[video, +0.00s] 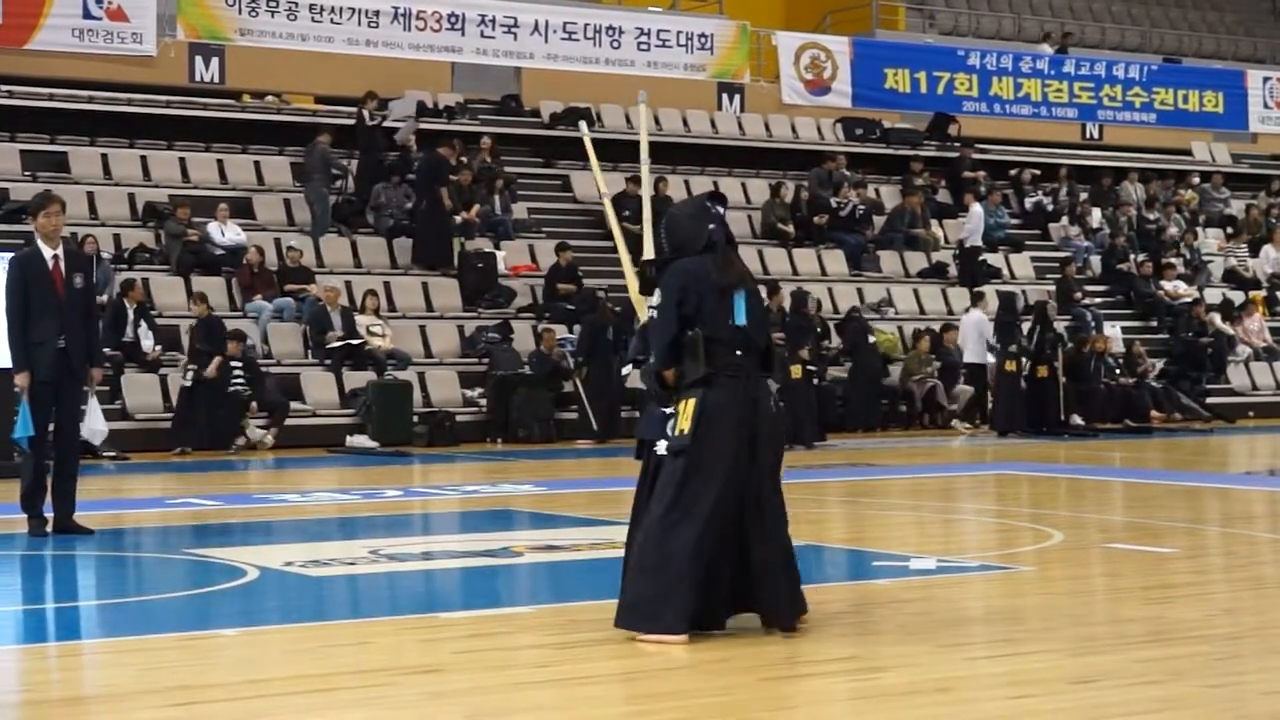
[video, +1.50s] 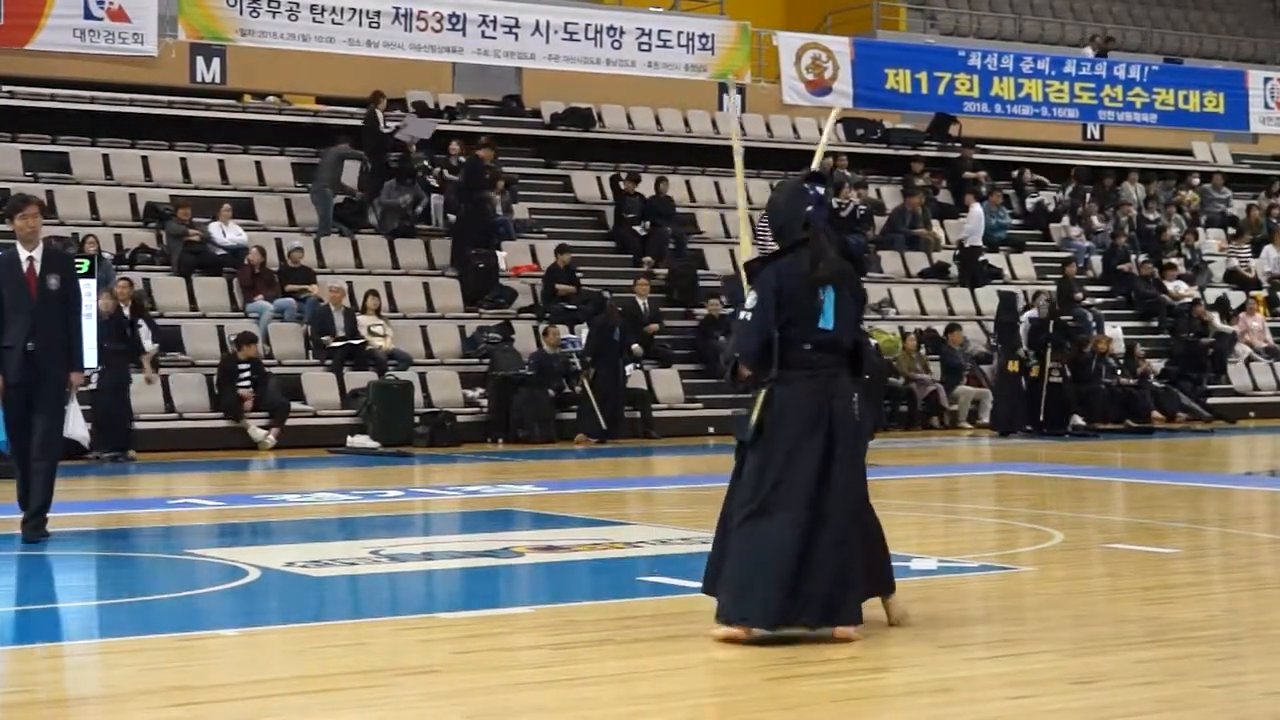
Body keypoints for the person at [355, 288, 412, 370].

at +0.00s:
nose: (373, 302)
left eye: (376, 299)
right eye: (371, 299)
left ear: (378, 302)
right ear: (364, 301)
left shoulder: (381, 318)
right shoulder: (358, 319)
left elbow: (388, 332)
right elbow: (362, 336)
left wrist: (386, 344)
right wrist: (377, 344)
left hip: (384, 345)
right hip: (370, 346)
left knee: (406, 358)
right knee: (381, 359)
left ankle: (393, 377)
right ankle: (381, 381)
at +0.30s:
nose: (373, 302)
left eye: (376, 300)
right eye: (370, 299)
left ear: (378, 302)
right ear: (364, 301)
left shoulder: (381, 318)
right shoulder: (358, 319)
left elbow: (388, 332)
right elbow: (362, 337)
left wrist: (386, 344)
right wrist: (377, 344)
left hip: (384, 345)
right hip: (370, 346)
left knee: (406, 358)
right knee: (381, 359)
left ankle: (393, 378)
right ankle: (380, 381)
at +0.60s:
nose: (374, 302)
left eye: (376, 300)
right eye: (371, 299)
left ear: (379, 302)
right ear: (365, 301)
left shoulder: (382, 319)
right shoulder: (358, 319)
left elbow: (388, 332)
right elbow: (362, 337)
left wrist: (387, 345)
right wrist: (377, 345)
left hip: (384, 345)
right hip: (370, 347)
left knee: (406, 358)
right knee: (381, 359)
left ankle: (393, 379)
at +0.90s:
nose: (374, 302)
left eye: (376, 300)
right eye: (371, 299)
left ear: (379, 302)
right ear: (365, 301)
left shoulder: (382, 319)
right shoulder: (358, 319)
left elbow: (389, 332)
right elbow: (362, 337)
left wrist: (387, 344)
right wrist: (377, 345)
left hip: (384, 345)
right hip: (370, 347)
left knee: (406, 358)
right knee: (381, 359)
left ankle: (393, 379)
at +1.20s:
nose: (375, 302)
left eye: (377, 300)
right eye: (372, 299)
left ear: (379, 302)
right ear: (365, 301)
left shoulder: (382, 318)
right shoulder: (359, 319)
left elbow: (389, 332)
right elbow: (362, 336)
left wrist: (387, 344)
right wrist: (377, 344)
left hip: (385, 345)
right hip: (371, 347)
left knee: (407, 358)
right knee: (382, 359)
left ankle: (394, 379)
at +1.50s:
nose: (375, 302)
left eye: (377, 299)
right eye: (372, 299)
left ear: (380, 302)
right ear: (365, 301)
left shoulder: (382, 318)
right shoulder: (359, 319)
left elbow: (389, 332)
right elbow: (362, 336)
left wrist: (387, 344)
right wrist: (378, 344)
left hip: (385, 345)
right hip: (371, 346)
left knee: (407, 358)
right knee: (382, 359)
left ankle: (394, 379)